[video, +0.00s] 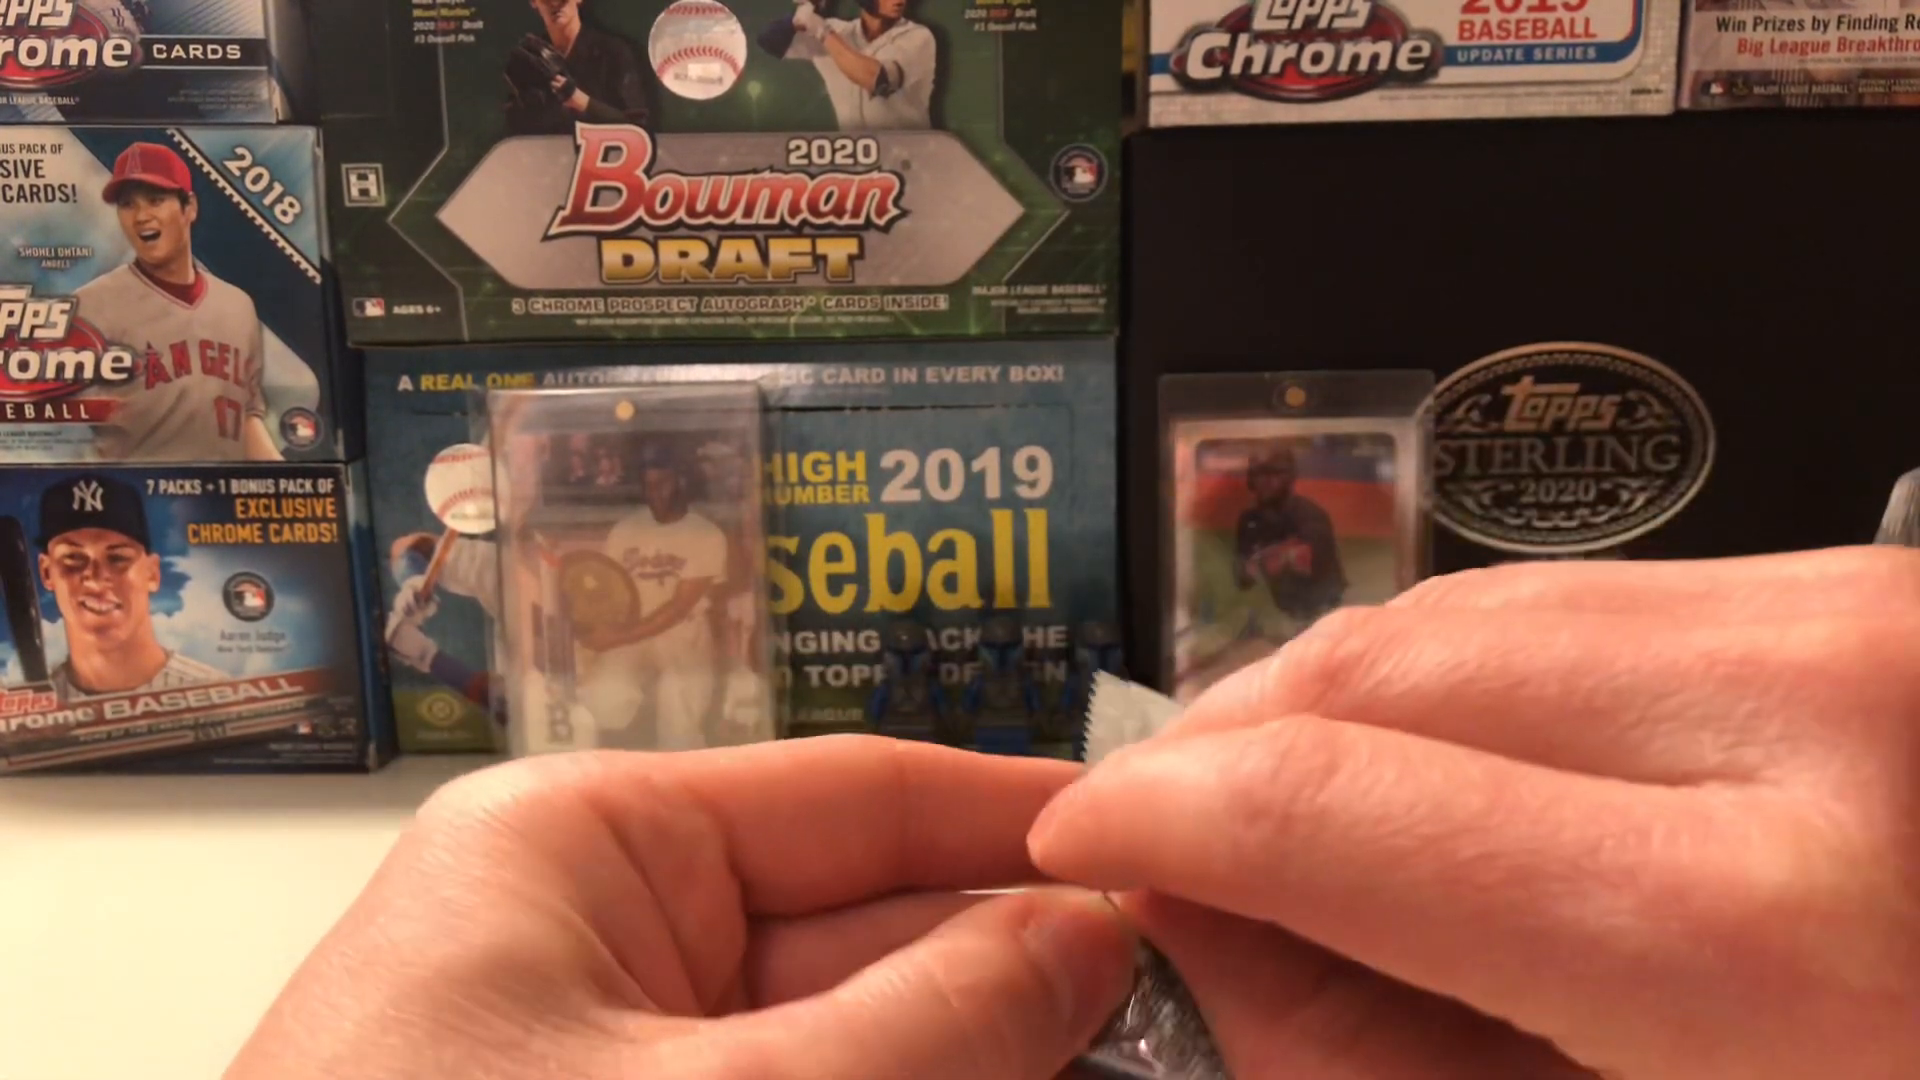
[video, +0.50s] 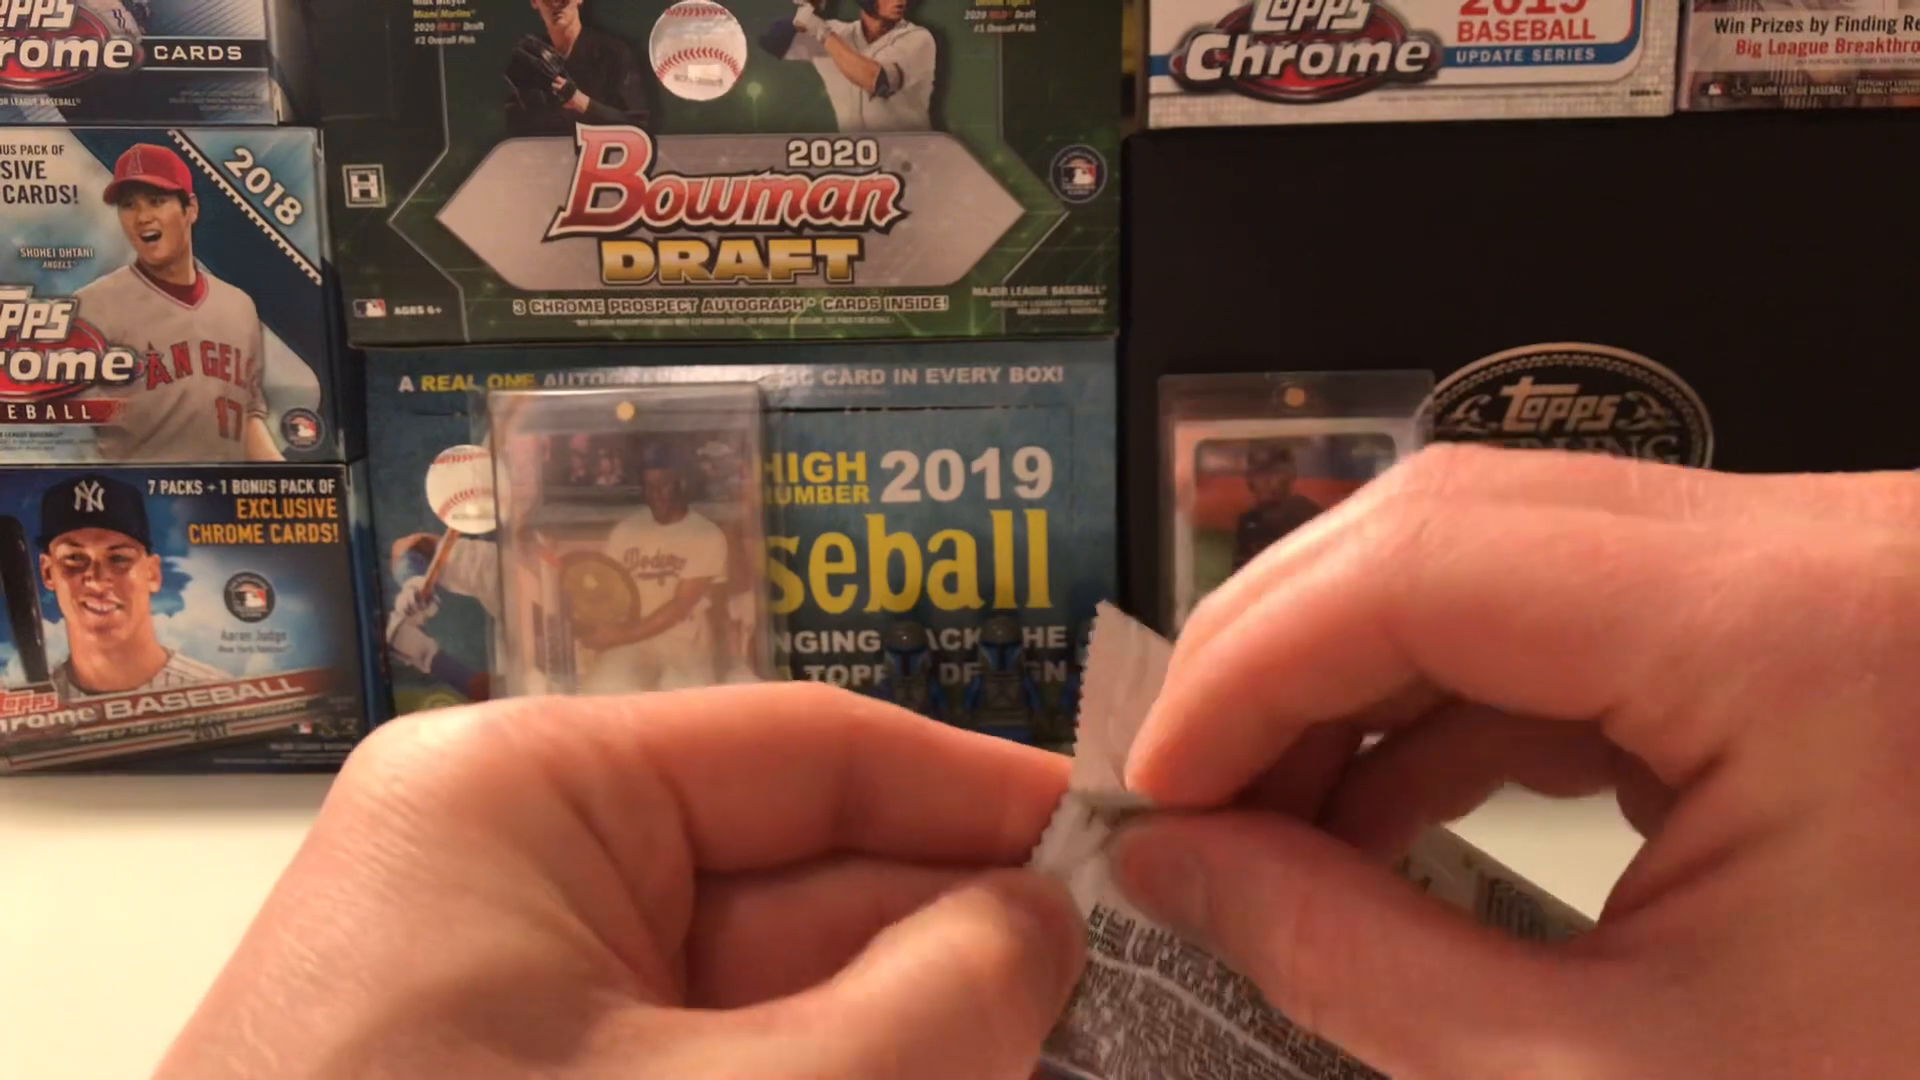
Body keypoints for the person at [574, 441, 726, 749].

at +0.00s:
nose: (654, 493)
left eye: (661, 484)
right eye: (648, 485)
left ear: (680, 483)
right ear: (642, 487)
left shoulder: (705, 535)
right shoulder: (625, 530)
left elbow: (680, 607)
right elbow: (604, 589)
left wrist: (618, 636)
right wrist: (593, 626)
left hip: (685, 647)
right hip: (628, 646)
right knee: (602, 704)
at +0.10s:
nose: (654, 493)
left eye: (661, 485)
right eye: (649, 486)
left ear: (681, 484)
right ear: (643, 488)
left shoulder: (707, 536)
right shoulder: (624, 531)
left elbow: (680, 607)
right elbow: (605, 590)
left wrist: (618, 637)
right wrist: (596, 629)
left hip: (683, 651)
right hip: (628, 650)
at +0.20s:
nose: (655, 494)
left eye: (662, 486)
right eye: (649, 486)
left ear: (682, 485)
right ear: (643, 489)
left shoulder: (706, 535)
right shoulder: (624, 530)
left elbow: (681, 606)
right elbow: (605, 589)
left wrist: (619, 636)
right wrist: (597, 628)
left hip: (683, 647)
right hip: (628, 646)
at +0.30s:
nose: (655, 496)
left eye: (662, 488)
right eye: (649, 488)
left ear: (681, 487)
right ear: (643, 491)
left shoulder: (707, 535)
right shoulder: (624, 531)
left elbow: (681, 606)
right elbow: (604, 590)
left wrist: (618, 636)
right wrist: (592, 627)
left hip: (682, 643)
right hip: (627, 644)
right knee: (604, 694)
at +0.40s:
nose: (653, 495)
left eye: (661, 487)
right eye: (648, 487)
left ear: (681, 487)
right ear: (643, 490)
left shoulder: (707, 536)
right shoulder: (626, 531)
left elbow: (681, 605)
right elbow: (604, 588)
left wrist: (619, 636)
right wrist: (592, 627)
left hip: (684, 648)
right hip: (630, 647)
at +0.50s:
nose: (653, 496)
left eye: (661, 487)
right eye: (648, 487)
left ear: (681, 486)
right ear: (643, 490)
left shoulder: (707, 536)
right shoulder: (625, 531)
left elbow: (681, 606)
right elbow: (603, 589)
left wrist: (620, 636)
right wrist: (594, 627)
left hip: (683, 641)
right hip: (628, 641)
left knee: (684, 698)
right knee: (603, 695)